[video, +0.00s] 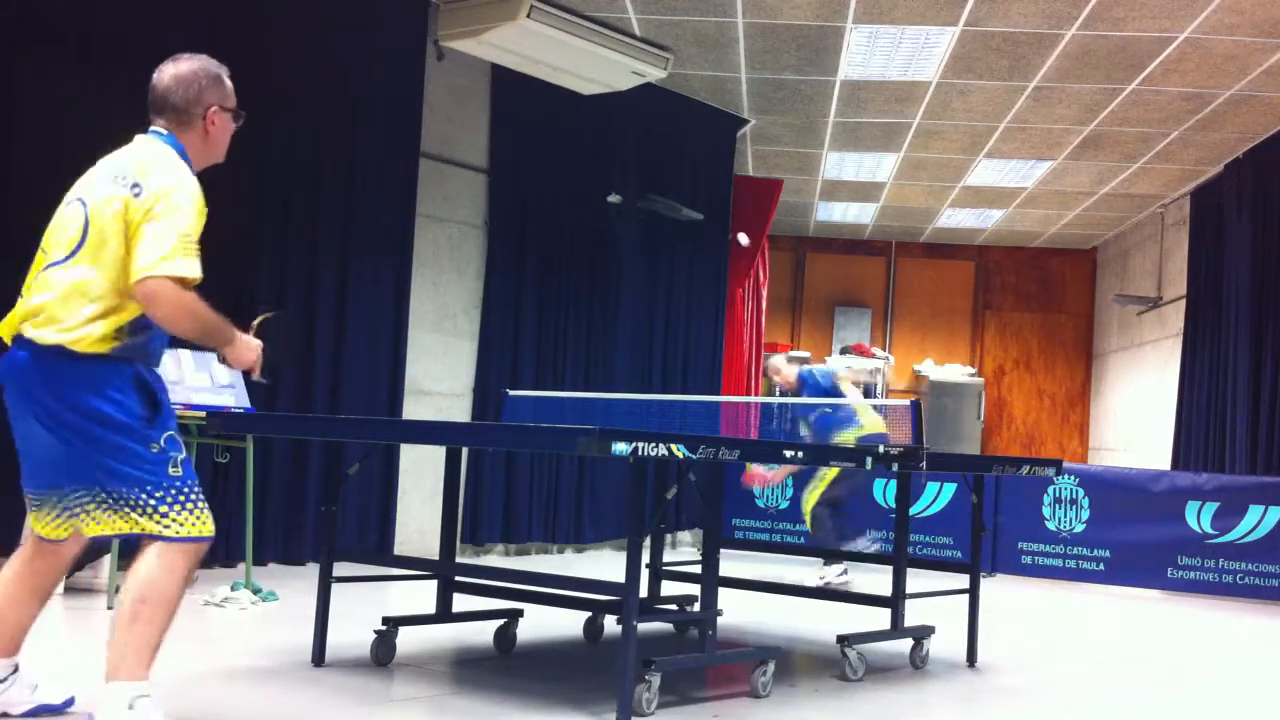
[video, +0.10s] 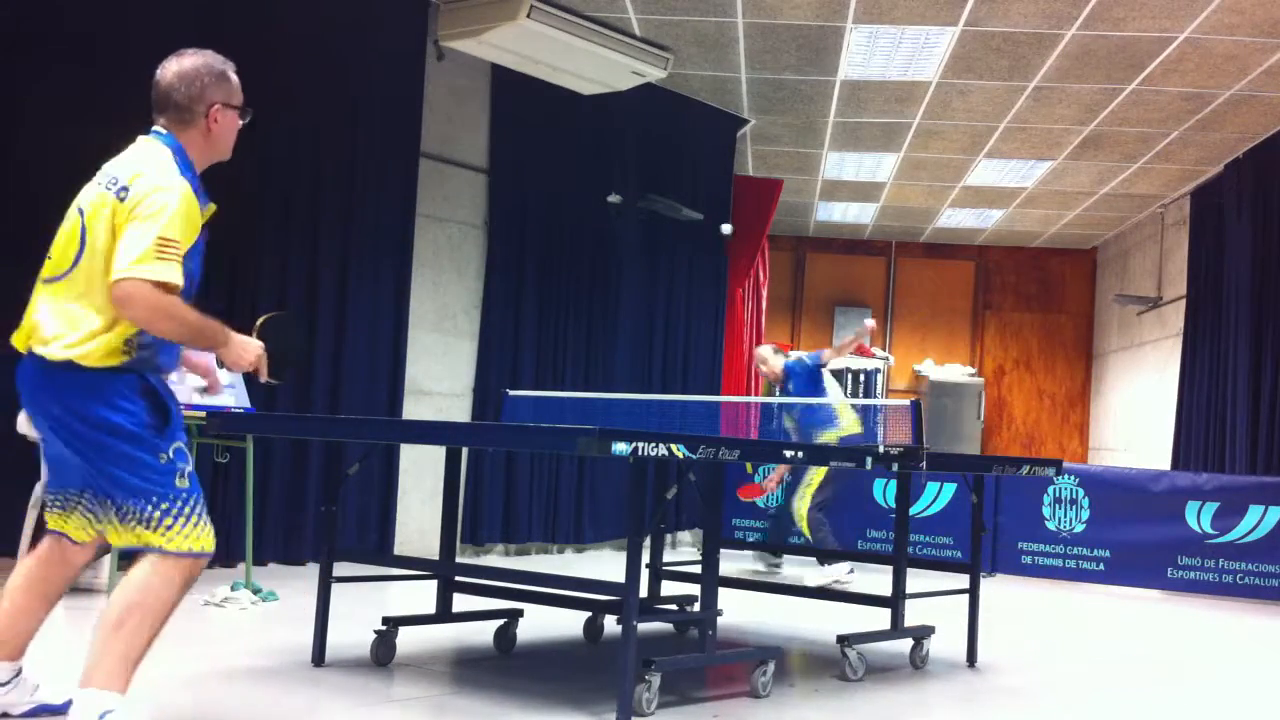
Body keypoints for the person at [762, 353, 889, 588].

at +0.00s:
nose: (778, 382)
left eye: (777, 375)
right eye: (773, 379)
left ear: (786, 366)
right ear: (774, 378)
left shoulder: (811, 374)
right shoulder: (802, 405)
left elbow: (842, 376)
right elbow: (809, 447)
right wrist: (782, 471)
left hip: (855, 442)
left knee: (813, 500)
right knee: (827, 499)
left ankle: (834, 564)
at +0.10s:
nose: (762, 372)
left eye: (762, 365)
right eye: (759, 368)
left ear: (773, 357)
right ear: (764, 367)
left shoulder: (799, 363)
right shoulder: (785, 397)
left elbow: (834, 353)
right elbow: (795, 444)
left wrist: (859, 335)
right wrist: (777, 475)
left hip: (840, 442)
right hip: (821, 447)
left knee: (802, 504)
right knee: (791, 501)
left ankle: (838, 564)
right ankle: (772, 554)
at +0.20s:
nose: (755, 360)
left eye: (758, 353)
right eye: (752, 356)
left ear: (771, 348)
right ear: (754, 358)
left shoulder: (795, 362)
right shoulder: (770, 386)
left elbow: (832, 364)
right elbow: (774, 434)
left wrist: (861, 362)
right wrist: (768, 467)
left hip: (813, 441)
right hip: (787, 445)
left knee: (785, 498)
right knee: (766, 493)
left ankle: (819, 556)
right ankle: (765, 554)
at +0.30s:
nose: (755, 343)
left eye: (760, 337)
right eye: (751, 338)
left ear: (772, 335)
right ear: (748, 341)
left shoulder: (791, 354)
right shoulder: (759, 365)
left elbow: (831, 375)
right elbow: (767, 402)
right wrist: (758, 437)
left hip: (803, 431)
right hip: (776, 433)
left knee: (777, 486)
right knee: (770, 487)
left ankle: (782, 551)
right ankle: (771, 548)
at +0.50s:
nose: (767, 340)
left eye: (772, 335)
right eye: (762, 334)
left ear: (781, 337)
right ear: (755, 337)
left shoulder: (798, 364)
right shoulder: (747, 363)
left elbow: (818, 404)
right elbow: (737, 400)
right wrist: (740, 429)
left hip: (789, 435)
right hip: (757, 433)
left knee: (782, 490)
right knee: (740, 487)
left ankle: (787, 553)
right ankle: (735, 549)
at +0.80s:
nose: (787, 333)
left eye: (791, 328)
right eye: (782, 328)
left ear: (800, 328)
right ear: (775, 329)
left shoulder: (815, 353)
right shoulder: (761, 354)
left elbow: (831, 391)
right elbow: (744, 389)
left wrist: (837, 424)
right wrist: (743, 419)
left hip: (808, 437)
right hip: (766, 435)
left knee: (818, 490)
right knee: (746, 486)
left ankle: (823, 554)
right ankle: (737, 546)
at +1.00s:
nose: (804, 338)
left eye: (809, 333)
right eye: (800, 333)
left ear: (816, 335)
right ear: (792, 335)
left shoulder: (829, 363)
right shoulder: (775, 359)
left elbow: (839, 405)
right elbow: (755, 391)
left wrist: (845, 441)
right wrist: (763, 419)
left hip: (820, 442)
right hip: (779, 441)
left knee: (846, 492)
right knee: (757, 491)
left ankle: (859, 554)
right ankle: (749, 550)